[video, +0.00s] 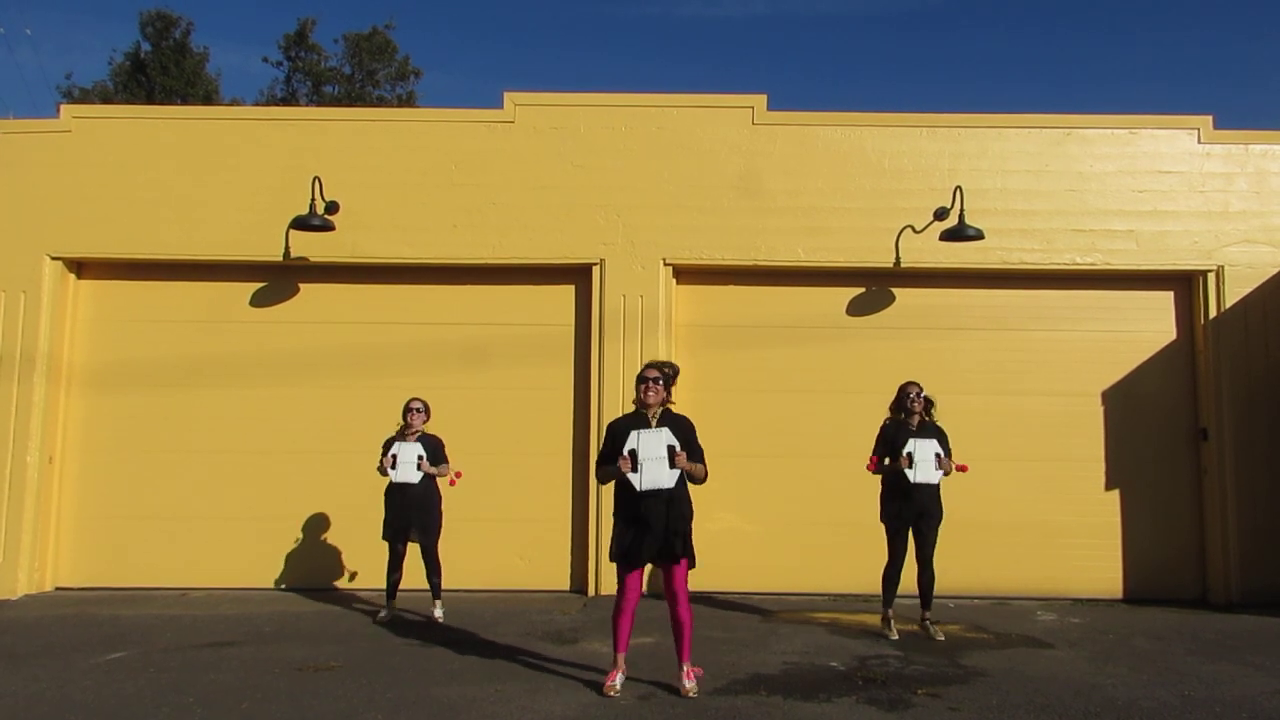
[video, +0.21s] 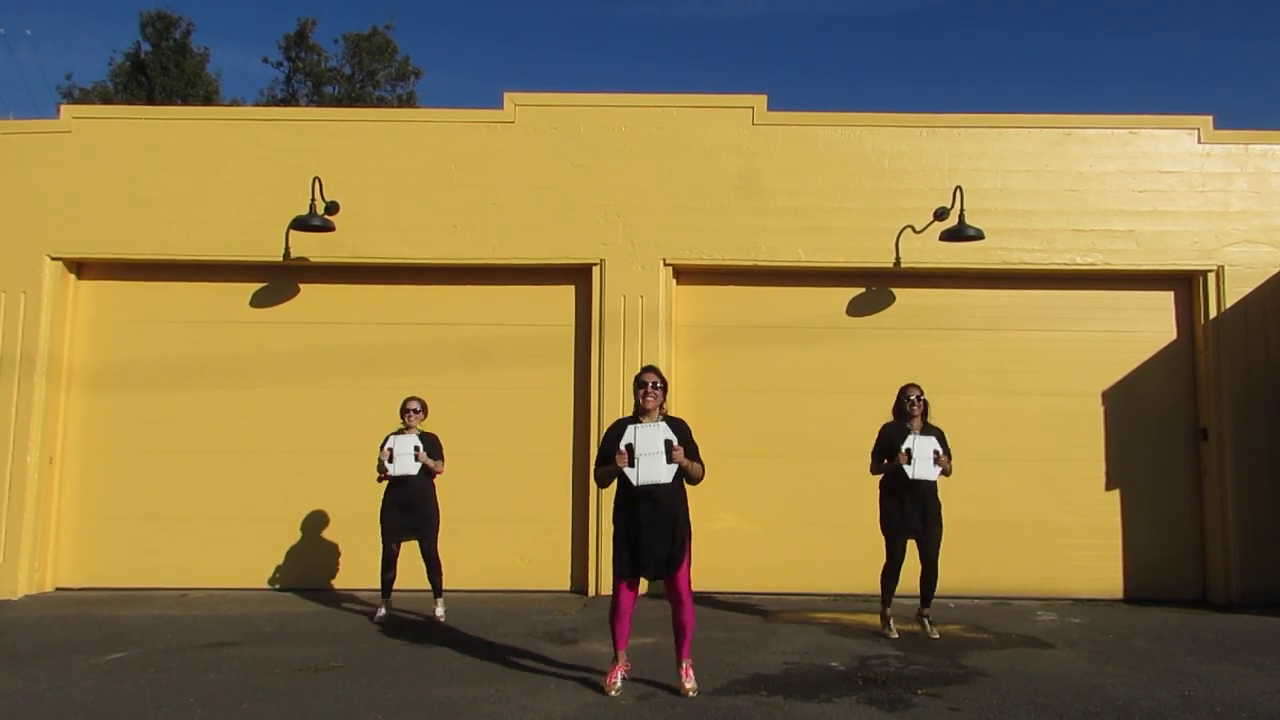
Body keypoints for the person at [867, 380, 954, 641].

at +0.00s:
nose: (914, 399)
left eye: (918, 395)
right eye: (908, 396)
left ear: (924, 400)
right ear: (900, 401)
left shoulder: (936, 431)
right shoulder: (890, 428)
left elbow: (947, 467)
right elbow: (874, 466)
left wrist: (946, 465)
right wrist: (896, 465)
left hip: (928, 505)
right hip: (897, 505)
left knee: (926, 560)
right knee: (896, 559)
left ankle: (926, 617)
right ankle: (887, 615)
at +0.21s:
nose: (915, 403)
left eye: (918, 398)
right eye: (908, 399)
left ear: (925, 403)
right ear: (900, 404)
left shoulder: (935, 434)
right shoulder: (889, 431)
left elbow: (947, 472)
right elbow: (875, 468)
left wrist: (943, 463)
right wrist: (894, 462)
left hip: (927, 504)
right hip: (896, 504)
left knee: (930, 560)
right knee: (895, 558)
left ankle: (924, 613)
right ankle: (886, 613)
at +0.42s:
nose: (912, 414)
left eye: (916, 410)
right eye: (906, 410)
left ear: (922, 412)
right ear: (898, 412)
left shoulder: (931, 438)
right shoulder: (890, 438)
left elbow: (947, 477)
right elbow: (883, 467)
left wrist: (948, 462)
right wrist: (900, 457)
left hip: (927, 507)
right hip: (896, 508)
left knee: (938, 569)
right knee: (897, 568)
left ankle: (950, 626)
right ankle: (881, 625)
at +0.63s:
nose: (912, 398)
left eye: (916, 394)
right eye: (906, 394)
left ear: (922, 399)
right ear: (898, 400)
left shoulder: (933, 430)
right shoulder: (889, 426)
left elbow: (944, 468)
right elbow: (873, 466)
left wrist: (940, 469)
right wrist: (888, 468)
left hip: (926, 504)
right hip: (894, 504)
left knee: (929, 560)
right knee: (891, 558)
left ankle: (935, 618)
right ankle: (880, 616)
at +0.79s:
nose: (911, 409)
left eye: (916, 405)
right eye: (906, 405)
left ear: (923, 410)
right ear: (898, 410)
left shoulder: (933, 441)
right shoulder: (886, 439)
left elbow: (941, 474)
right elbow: (874, 473)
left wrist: (937, 477)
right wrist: (886, 476)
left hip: (924, 515)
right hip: (893, 514)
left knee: (923, 570)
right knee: (891, 567)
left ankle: (922, 620)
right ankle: (882, 620)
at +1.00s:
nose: (910, 404)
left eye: (915, 400)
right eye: (904, 401)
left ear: (921, 404)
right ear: (896, 405)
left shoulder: (932, 434)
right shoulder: (886, 434)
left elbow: (945, 475)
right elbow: (876, 469)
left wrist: (943, 463)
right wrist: (894, 462)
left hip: (925, 505)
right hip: (893, 507)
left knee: (933, 566)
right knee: (893, 565)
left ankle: (936, 625)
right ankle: (880, 624)